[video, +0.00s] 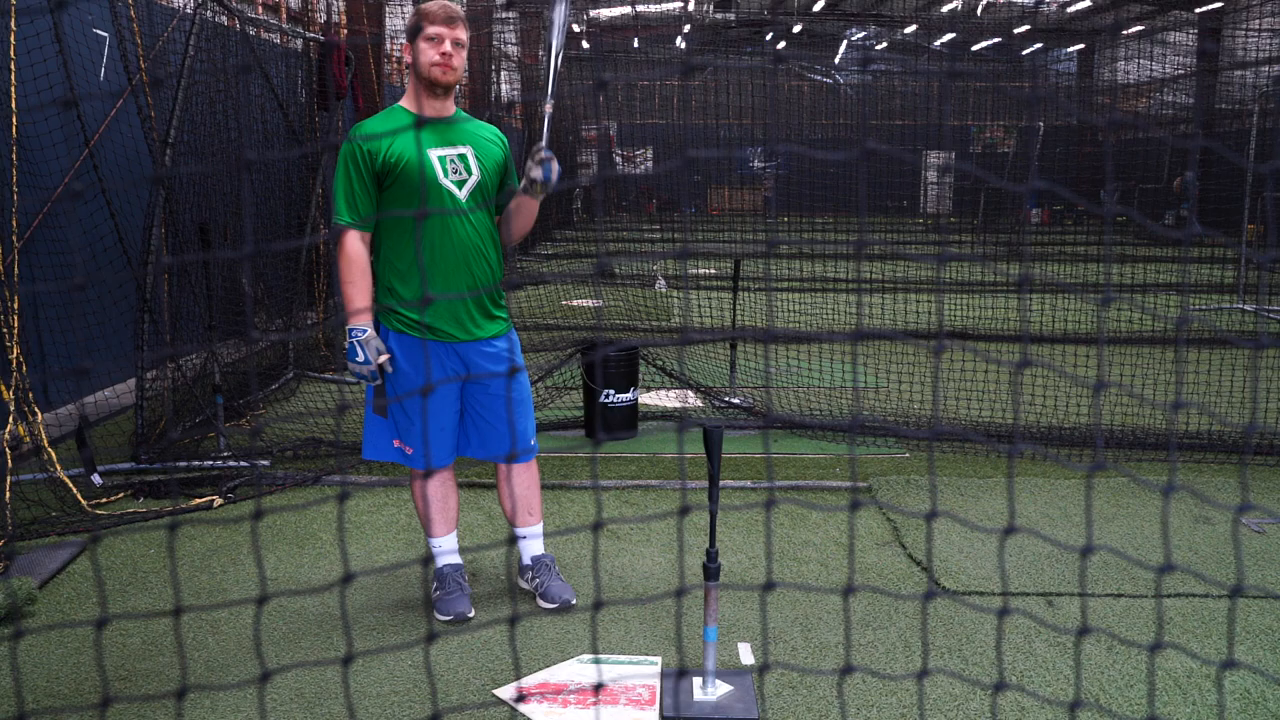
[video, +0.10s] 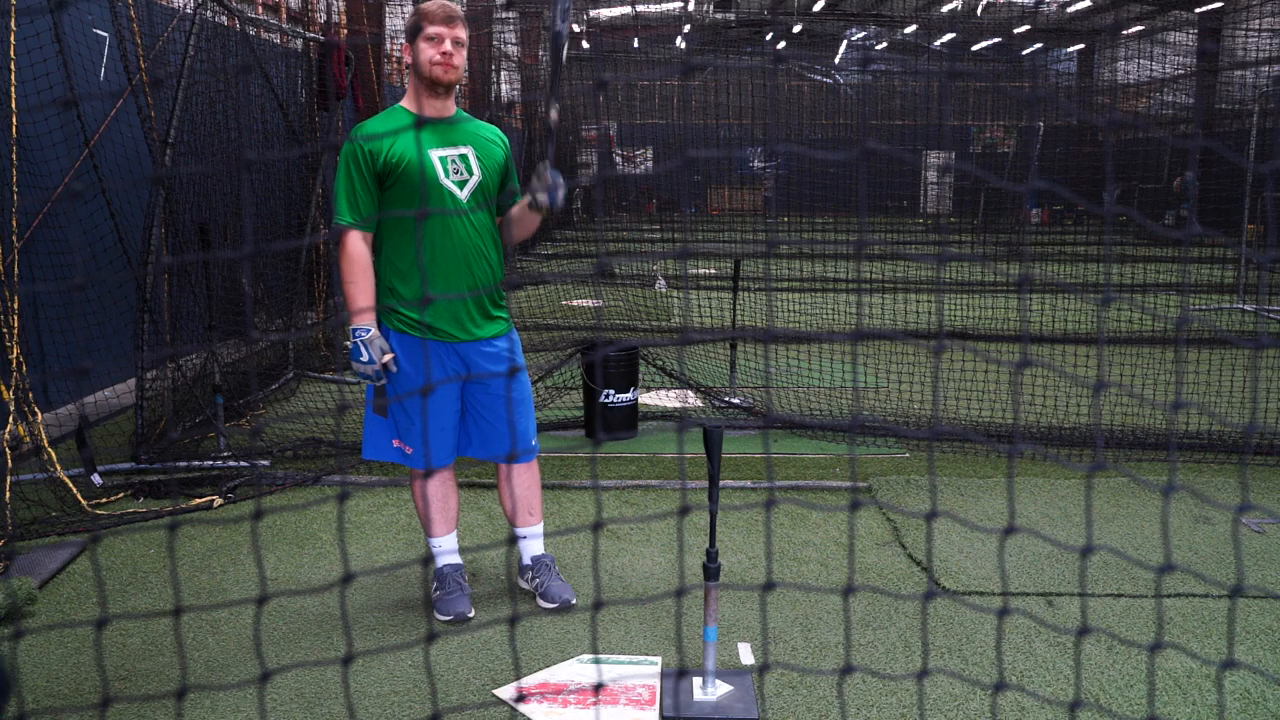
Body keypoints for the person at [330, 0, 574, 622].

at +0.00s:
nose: (448, 53)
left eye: (458, 45)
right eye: (436, 42)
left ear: (467, 58)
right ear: (408, 52)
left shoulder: (490, 141)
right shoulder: (370, 141)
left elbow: (507, 234)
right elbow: (354, 236)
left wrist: (533, 188)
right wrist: (360, 326)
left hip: (488, 325)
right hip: (410, 329)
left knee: (516, 443)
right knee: (431, 454)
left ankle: (534, 561)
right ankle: (448, 569)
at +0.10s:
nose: (448, 53)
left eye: (458, 44)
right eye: (435, 42)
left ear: (467, 57)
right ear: (407, 53)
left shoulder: (491, 141)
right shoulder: (371, 141)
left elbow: (510, 230)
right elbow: (355, 236)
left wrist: (539, 204)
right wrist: (364, 325)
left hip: (489, 326)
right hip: (411, 330)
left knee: (518, 443)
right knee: (431, 454)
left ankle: (534, 561)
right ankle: (448, 567)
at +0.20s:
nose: (448, 52)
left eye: (457, 44)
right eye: (435, 42)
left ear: (467, 56)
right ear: (408, 53)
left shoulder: (492, 142)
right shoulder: (372, 142)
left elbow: (509, 229)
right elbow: (357, 238)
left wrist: (540, 214)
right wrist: (365, 326)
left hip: (489, 327)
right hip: (412, 330)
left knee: (518, 443)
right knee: (432, 453)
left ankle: (534, 561)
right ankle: (447, 569)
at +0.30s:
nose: (448, 51)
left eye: (457, 43)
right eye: (435, 41)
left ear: (468, 56)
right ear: (408, 53)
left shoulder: (494, 141)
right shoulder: (372, 142)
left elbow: (514, 223)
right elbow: (360, 237)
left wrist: (542, 236)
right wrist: (368, 326)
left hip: (491, 326)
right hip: (413, 330)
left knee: (519, 444)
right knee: (432, 454)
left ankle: (534, 560)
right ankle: (448, 568)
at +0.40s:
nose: (449, 50)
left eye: (458, 42)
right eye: (435, 41)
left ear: (468, 55)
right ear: (409, 54)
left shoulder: (496, 142)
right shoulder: (373, 143)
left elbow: (518, 219)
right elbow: (360, 237)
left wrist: (541, 247)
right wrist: (368, 326)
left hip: (493, 327)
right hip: (414, 331)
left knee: (520, 445)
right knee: (433, 455)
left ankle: (534, 560)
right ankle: (448, 568)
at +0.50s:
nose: (452, 50)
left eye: (460, 41)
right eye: (437, 41)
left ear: (471, 54)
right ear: (412, 55)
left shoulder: (500, 143)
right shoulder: (376, 143)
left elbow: (522, 222)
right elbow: (360, 237)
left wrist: (539, 267)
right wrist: (367, 323)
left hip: (496, 327)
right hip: (416, 332)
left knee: (525, 445)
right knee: (434, 455)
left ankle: (536, 561)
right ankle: (447, 568)